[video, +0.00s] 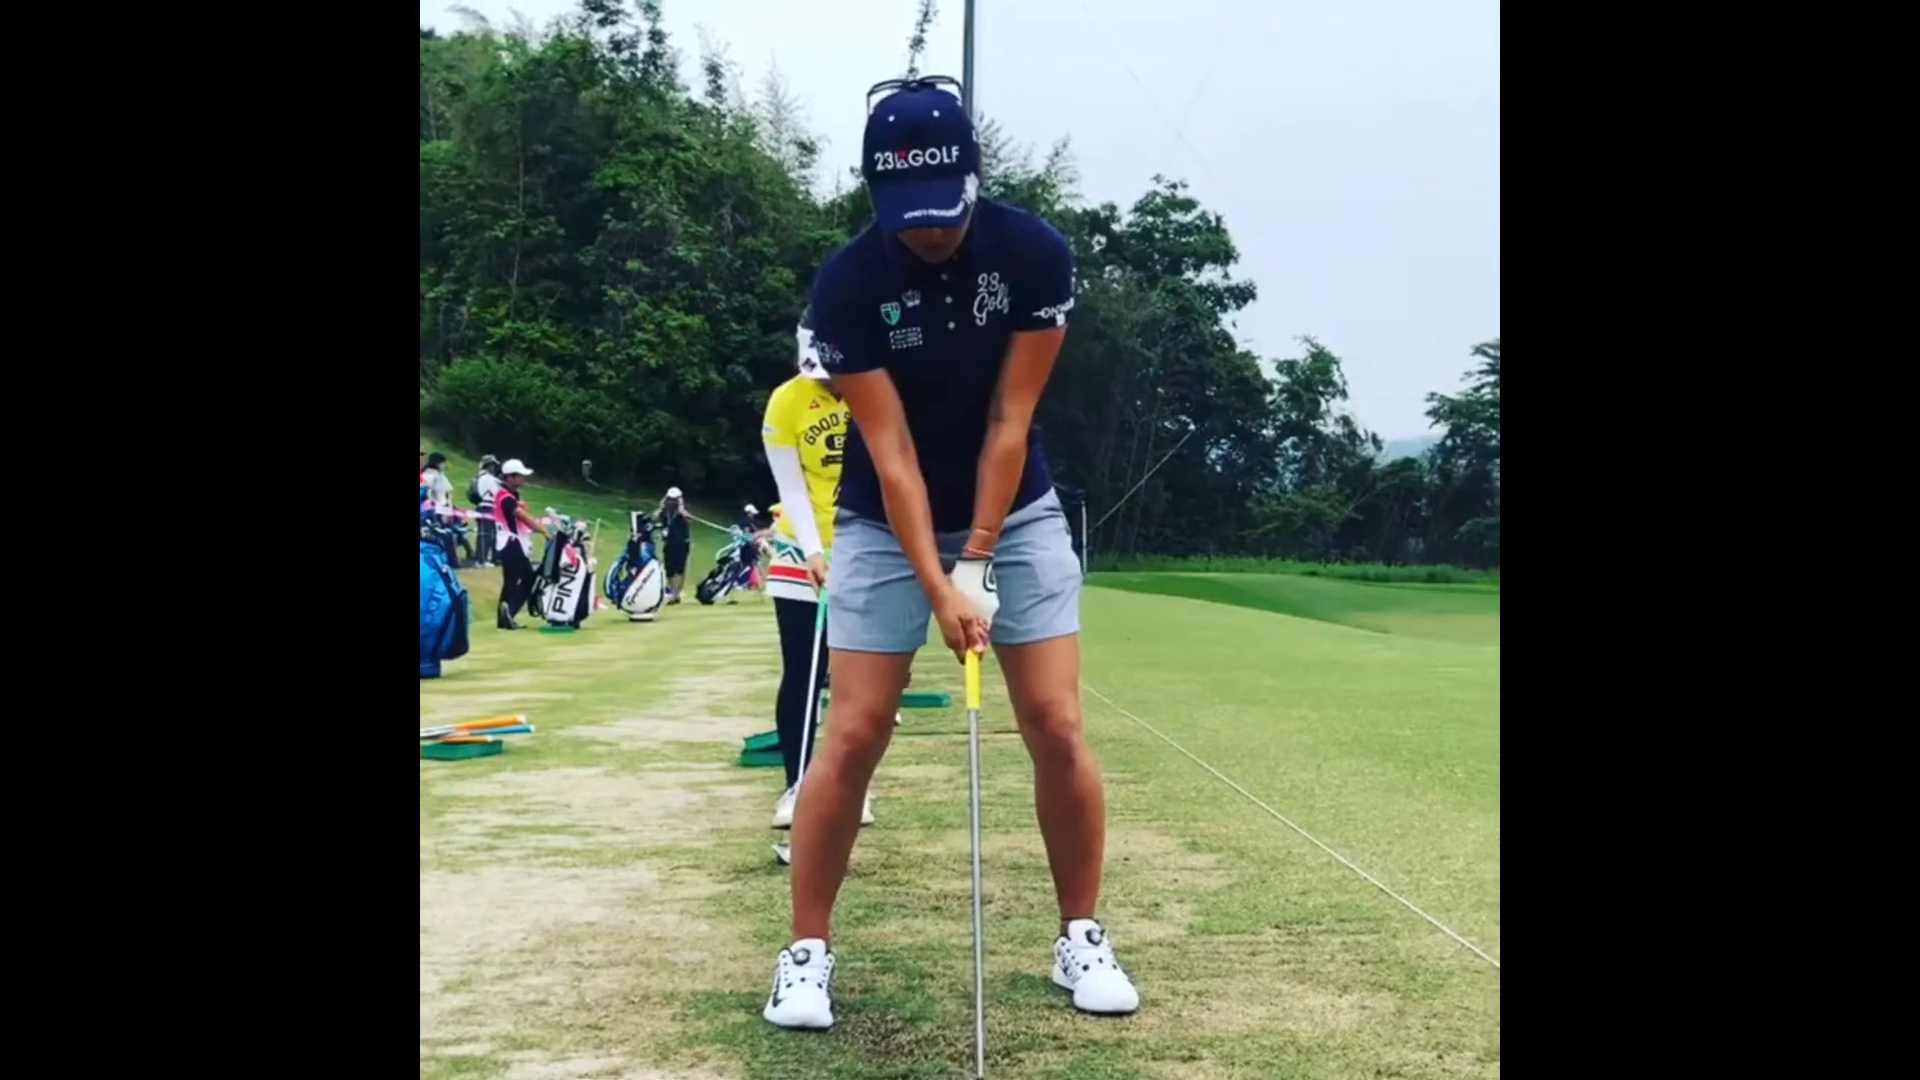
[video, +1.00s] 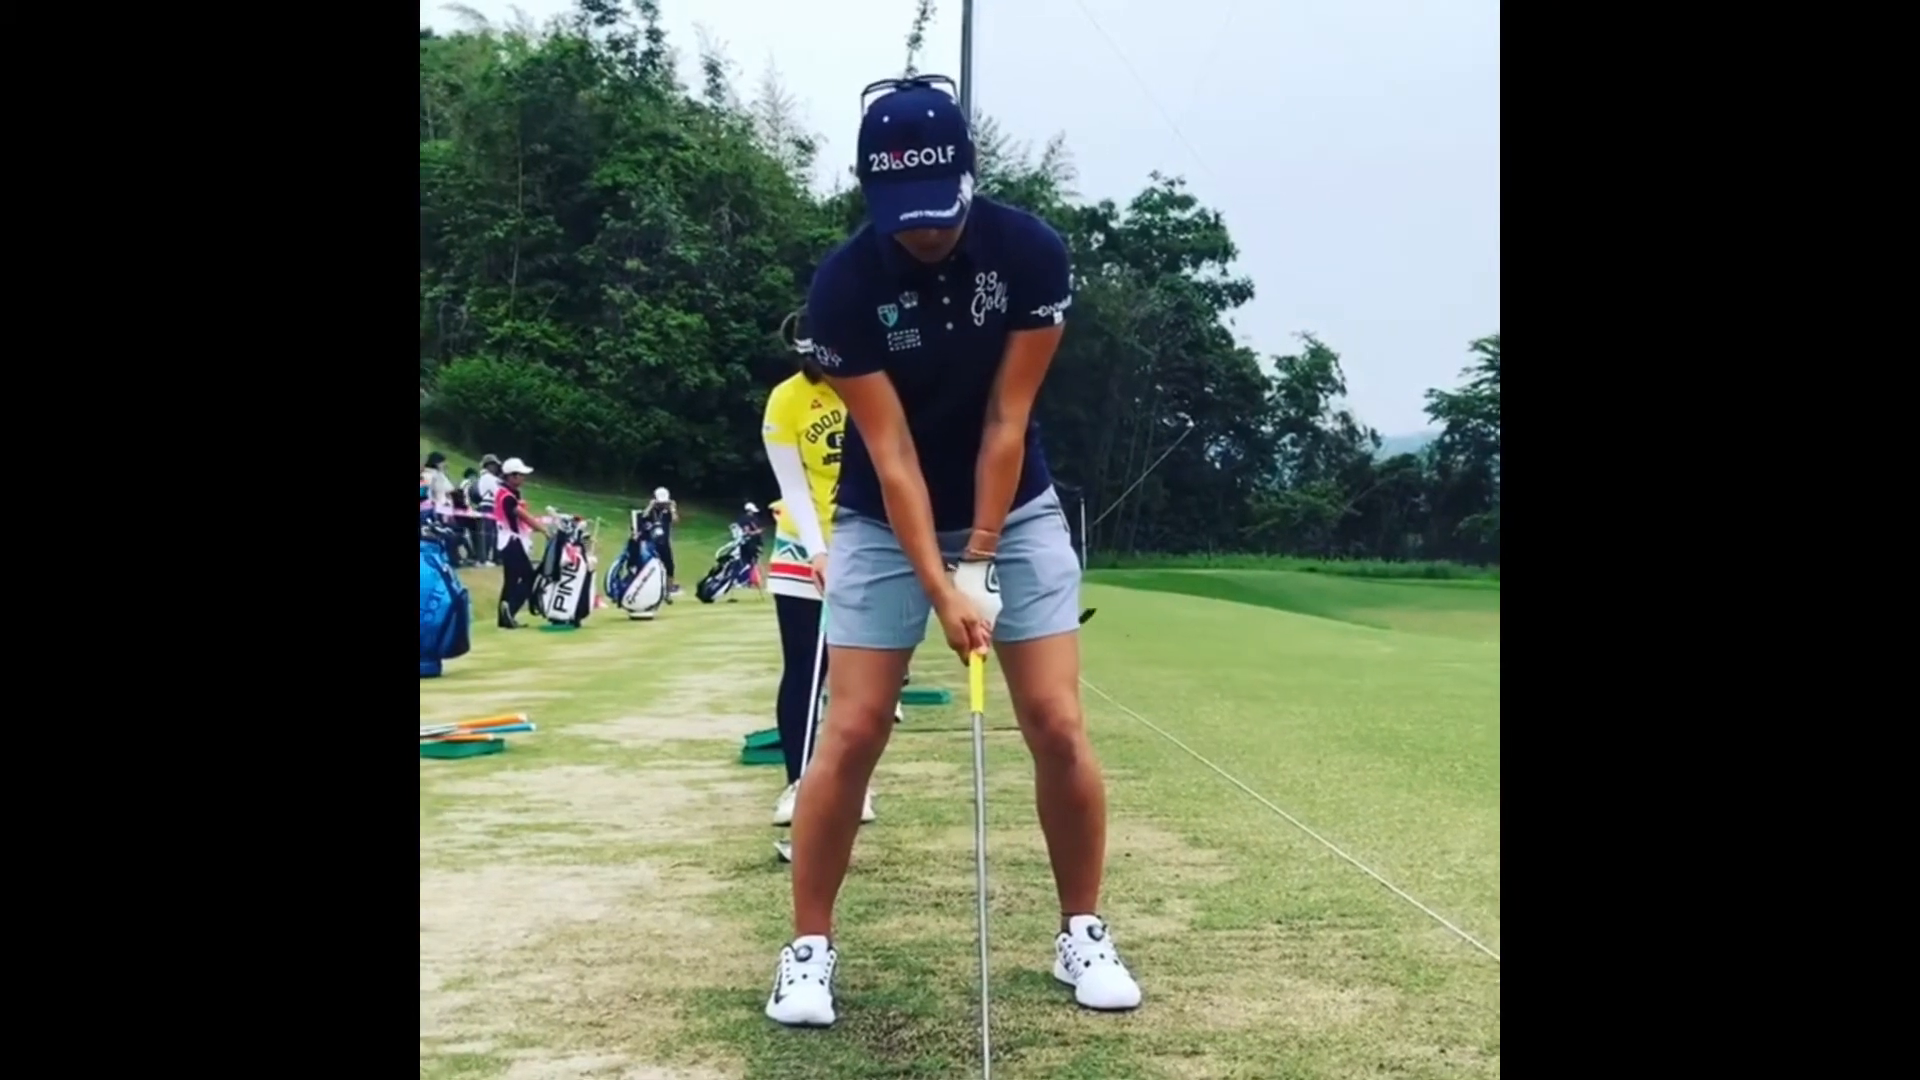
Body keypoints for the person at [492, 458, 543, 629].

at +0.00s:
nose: (523, 480)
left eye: (523, 477)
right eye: (520, 477)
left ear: (511, 478)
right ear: (510, 478)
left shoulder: (506, 495)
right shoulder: (507, 498)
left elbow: (522, 516)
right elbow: (525, 518)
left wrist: (542, 521)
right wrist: (544, 531)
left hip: (507, 539)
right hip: (511, 541)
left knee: (510, 579)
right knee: (529, 576)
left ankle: (504, 617)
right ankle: (510, 609)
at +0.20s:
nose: (516, 480)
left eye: (516, 477)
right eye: (513, 477)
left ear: (505, 478)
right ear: (503, 478)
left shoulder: (500, 495)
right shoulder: (500, 499)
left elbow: (517, 516)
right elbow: (518, 518)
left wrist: (536, 523)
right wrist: (538, 532)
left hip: (503, 541)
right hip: (504, 542)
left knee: (504, 579)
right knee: (521, 577)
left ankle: (498, 618)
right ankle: (504, 609)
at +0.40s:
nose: (512, 479)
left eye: (512, 475)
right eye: (509, 476)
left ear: (500, 477)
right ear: (500, 477)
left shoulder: (495, 494)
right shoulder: (497, 498)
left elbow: (513, 514)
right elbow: (514, 517)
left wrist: (532, 523)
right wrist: (534, 530)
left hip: (498, 539)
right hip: (501, 540)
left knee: (500, 579)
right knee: (518, 575)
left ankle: (494, 616)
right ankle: (500, 608)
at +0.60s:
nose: (513, 478)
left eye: (513, 475)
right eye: (510, 475)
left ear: (502, 476)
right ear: (501, 476)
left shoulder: (497, 493)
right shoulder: (499, 497)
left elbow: (515, 515)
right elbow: (516, 516)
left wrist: (534, 521)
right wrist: (536, 529)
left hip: (500, 538)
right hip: (503, 540)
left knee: (502, 577)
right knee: (520, 574)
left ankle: (496, 615)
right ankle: (502, 607)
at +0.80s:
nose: (516, 479)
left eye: (517, 475)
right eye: (514, 475)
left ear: (507, 476)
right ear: (504, 476)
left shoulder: (500, 493)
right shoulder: (502, 497)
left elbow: (518, 514)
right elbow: (519, 516)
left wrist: (537, 520)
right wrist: (539, 529)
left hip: (503, 538)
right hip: (506, 540)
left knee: (506, 577)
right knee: (524, 574)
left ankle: (500, 615)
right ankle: (506, 607)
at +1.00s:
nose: (523, 479)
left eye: (523, 476)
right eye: (520, 476)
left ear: (512, 478)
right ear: (511, 477)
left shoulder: (507, 493)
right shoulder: (507, 497)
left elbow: (523, 515)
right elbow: (525, 517)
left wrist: (540, 524)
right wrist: (543, 529)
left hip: (508, 538)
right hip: (511, 540)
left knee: (511, 578)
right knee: (528, 575)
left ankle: (504, 616)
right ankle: (510, 608)